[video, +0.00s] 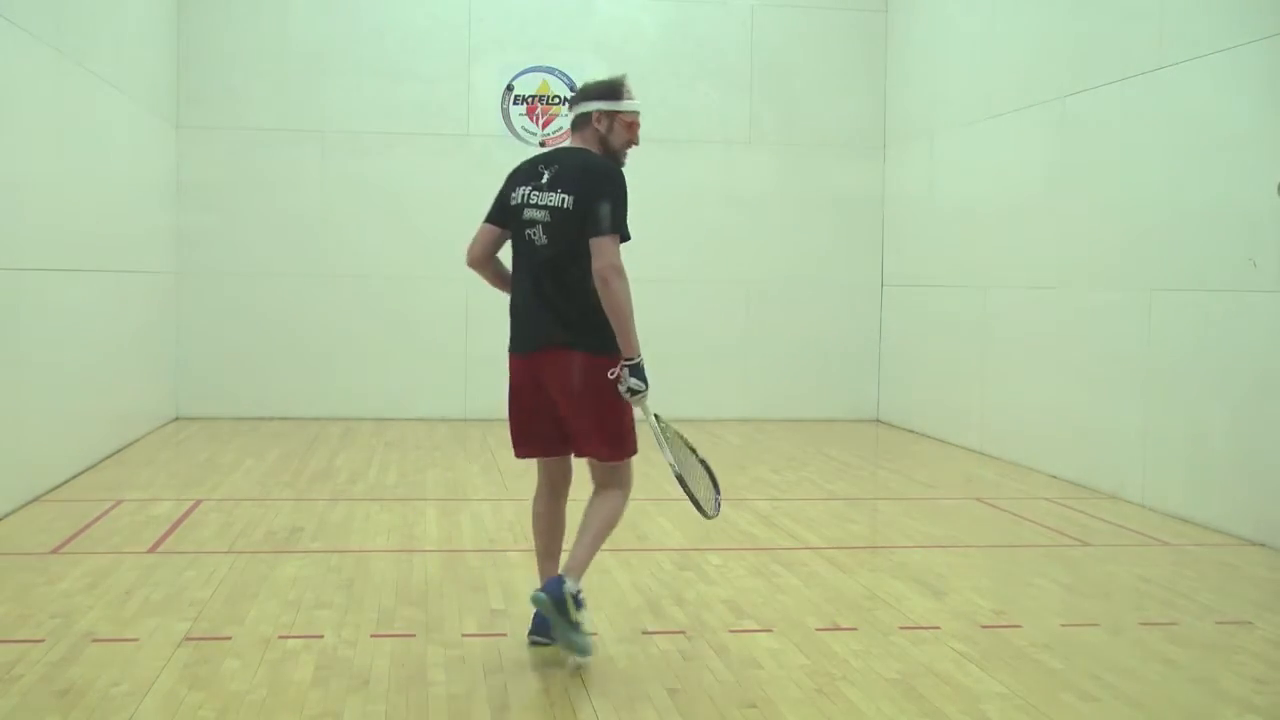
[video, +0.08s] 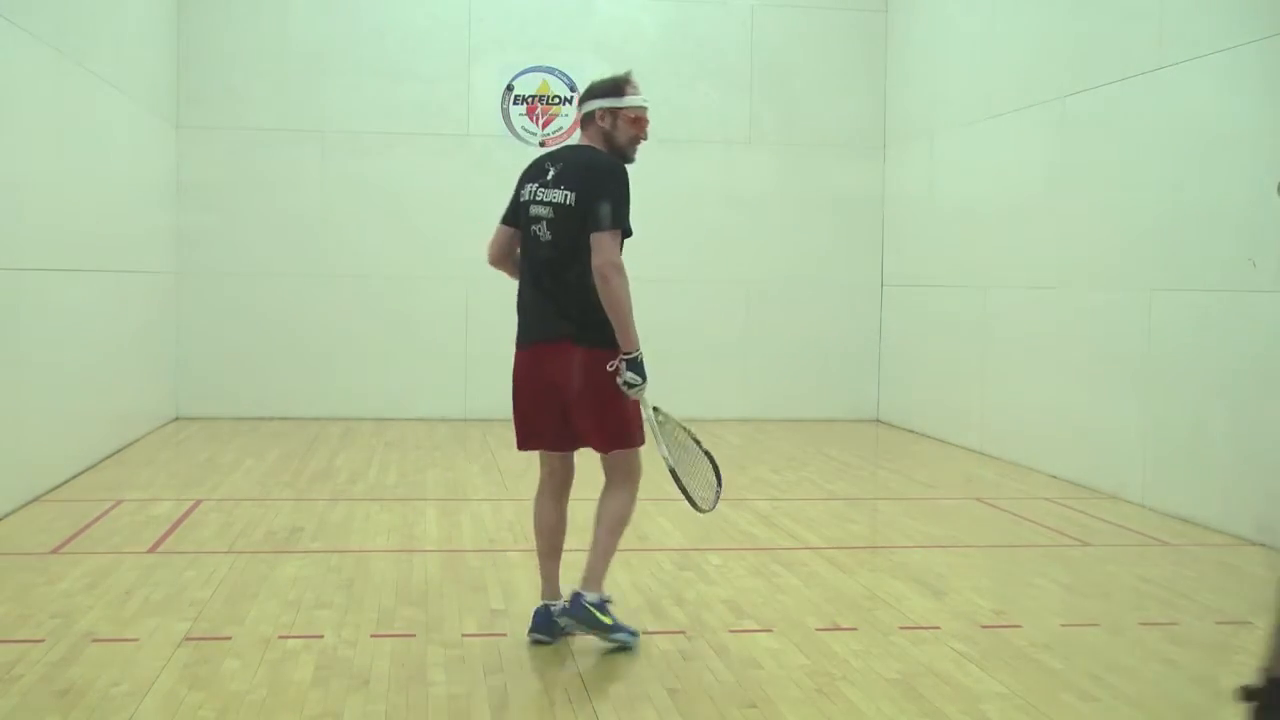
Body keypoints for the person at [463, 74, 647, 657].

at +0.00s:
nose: (635, 137)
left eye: (636, 126)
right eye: (629, 126)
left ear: (581, 125)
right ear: (599, 123)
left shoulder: (524, 173)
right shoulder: (602, 175)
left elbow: (479, 255)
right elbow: (606, 268)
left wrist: (526, 291)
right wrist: (632, 357)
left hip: (531, 355)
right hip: (586, 354)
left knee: (551, 477)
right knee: (613, 482)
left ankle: (549, 610)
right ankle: (566, 587)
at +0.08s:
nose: (644, 132)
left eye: (644, 121)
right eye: (635, 121)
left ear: (588, 124)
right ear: (600, 121)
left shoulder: (538, 168)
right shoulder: (605, 171)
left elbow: (501, 252)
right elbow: (606, 265)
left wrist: (552, 282)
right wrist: (632, 352)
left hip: (538, 353)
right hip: (592, 352)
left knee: (553, 476)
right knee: (623, 473)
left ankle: (549, 606)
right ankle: (590, 593)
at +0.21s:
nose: (655, 131)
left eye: (655, 120)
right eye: (647, 121)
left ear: (608, 122)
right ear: (612, 120)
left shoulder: (556, 167)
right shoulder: (612, 173)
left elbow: (535, 253)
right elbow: (607, 266)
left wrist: (616, 276)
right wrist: (637, 346)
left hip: (549, 348)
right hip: (603, 349)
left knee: (561, 470)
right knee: (628, 468)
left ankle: (551, 599)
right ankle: (620, 593)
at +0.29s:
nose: (662, 131)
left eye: (662, 122)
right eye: (653, 122)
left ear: (617, 125)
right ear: (620, 123)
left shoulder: (571, 169)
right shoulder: (615, 175)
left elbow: (581, 258)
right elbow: (612, 266)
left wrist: (643, 270)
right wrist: (649, 346)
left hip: (560, 346)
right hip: (608, 350)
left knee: (573, 465)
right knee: (634, 465)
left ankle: (550, 594)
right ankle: (621, 592)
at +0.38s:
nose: (668, 131)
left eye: (668, 121)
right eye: (659, 122)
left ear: (623, 126)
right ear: (624, 125)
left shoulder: (581, 171)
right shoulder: (621, 179)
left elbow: (597, 252)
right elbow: (622, 268)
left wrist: (658, 265)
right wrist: (667, 343)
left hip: (575, 345)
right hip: (618, 349)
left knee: (590, 462)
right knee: (636, 463)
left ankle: (552, 578)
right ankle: (621, 591)